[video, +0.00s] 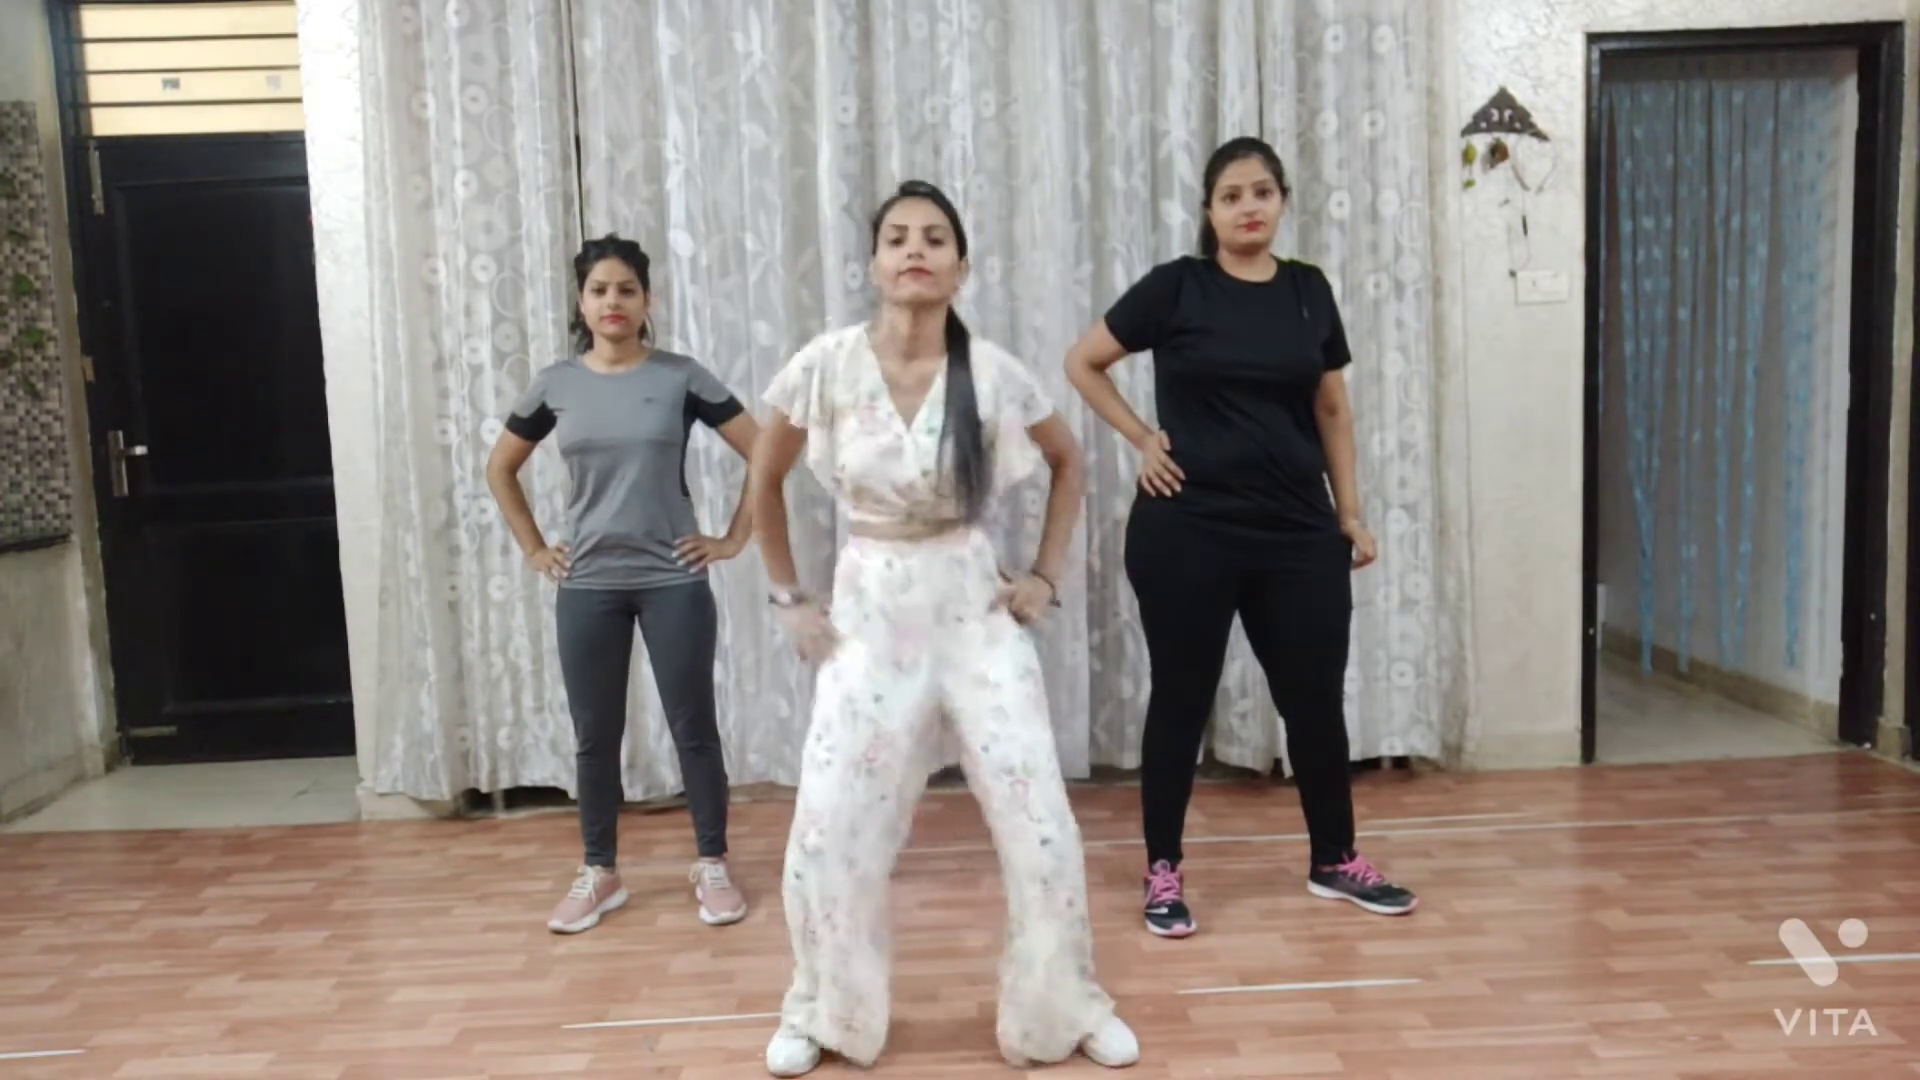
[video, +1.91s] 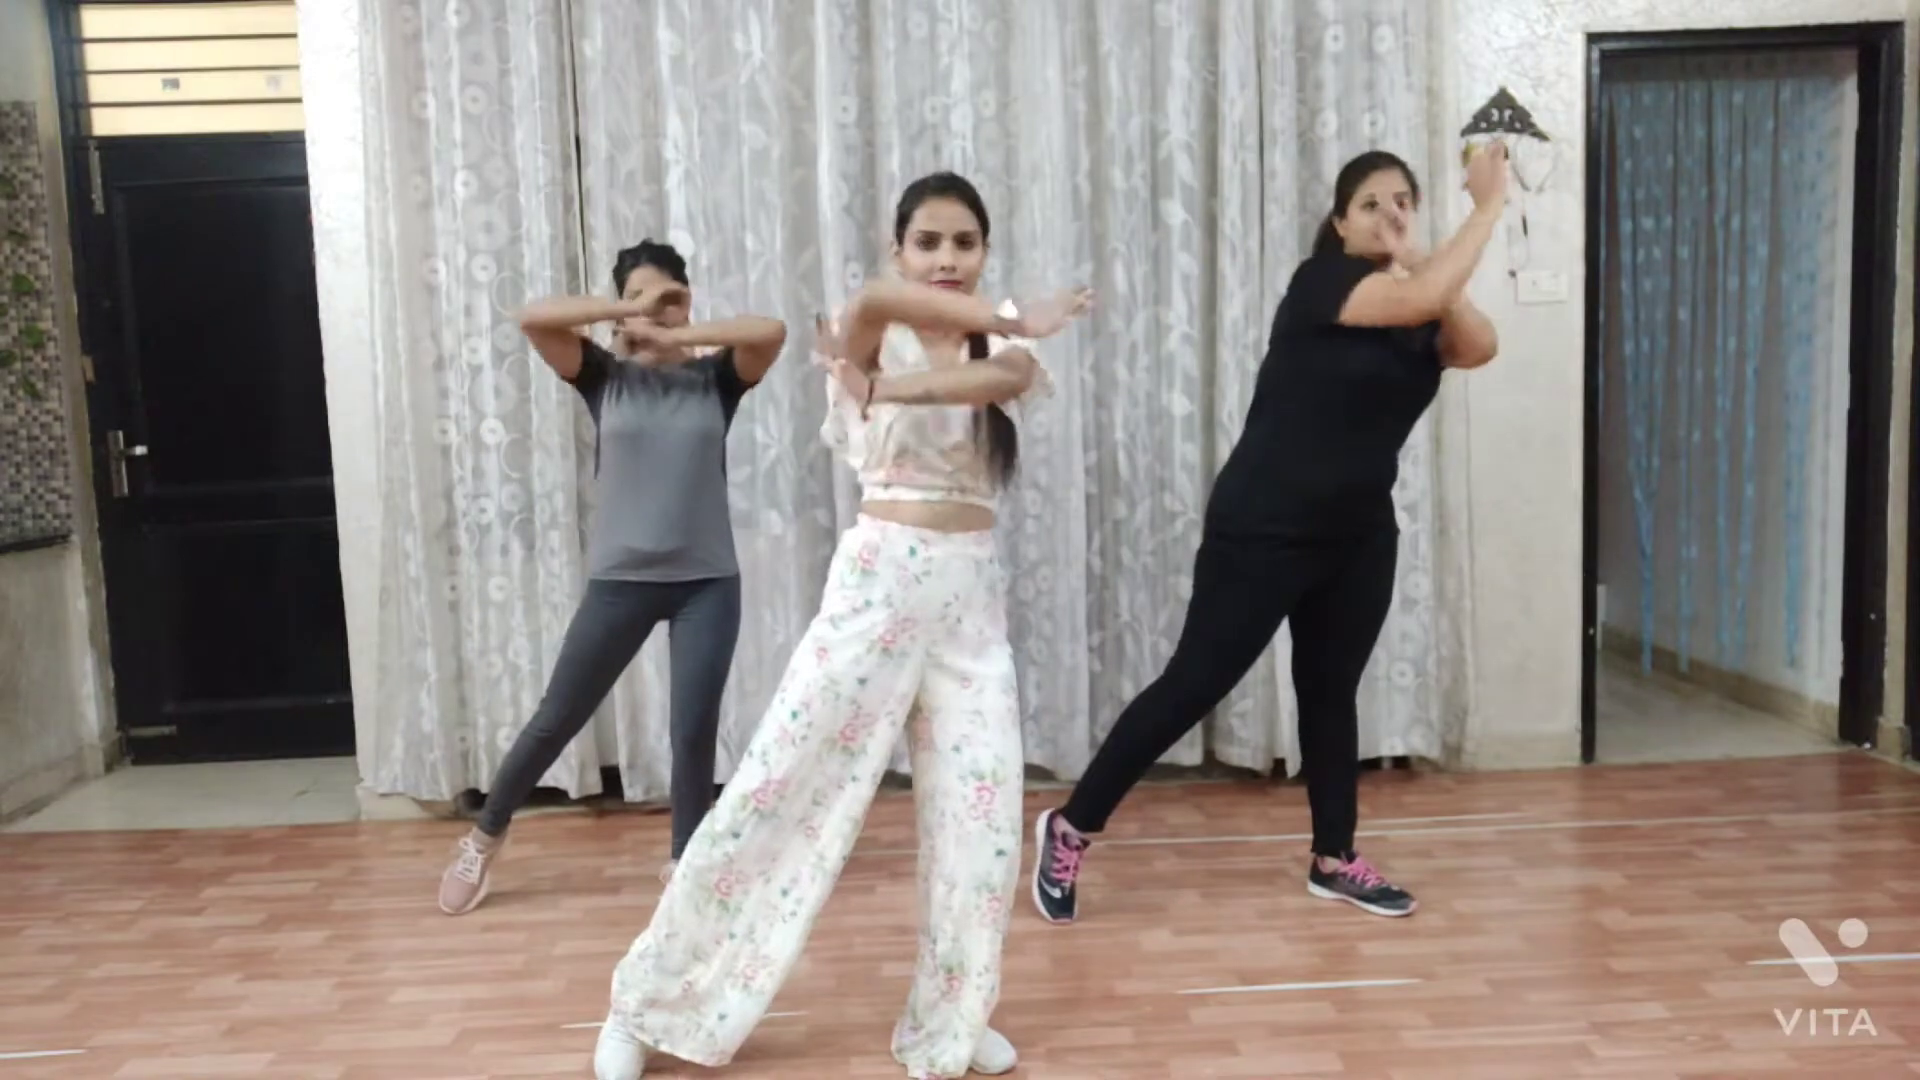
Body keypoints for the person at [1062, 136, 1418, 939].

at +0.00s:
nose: (1249, 207)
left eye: (1262, 193)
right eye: (1233, 195)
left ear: (1283, 203)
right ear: (1209, 208)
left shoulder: (1308, 290)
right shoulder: (1175, 288)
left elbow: (1334, 409)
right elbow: (1082, 363)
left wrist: (1349, 513)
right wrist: (1142, 438)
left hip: (1296, 529)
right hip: (1188, 527)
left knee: (1317, 699)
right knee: (1180, 700)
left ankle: (1336, 861)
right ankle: (1163, 871)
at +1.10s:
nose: (1343, 190)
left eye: (1357, 180)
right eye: (1327, 181)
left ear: (1379, 204)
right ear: (1303, 206)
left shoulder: (1394, 298)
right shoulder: (1269, 283)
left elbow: (1420, 402)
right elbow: (1159, 358)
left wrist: (1450, 488)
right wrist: (1131, 462)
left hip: (1357, 527)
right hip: (1252, 522)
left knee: (1340, 695)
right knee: (1190, 689)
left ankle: (1334, 859)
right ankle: (1078, 834)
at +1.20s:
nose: (1361, 200)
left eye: (1374, 190)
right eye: (1344, 191)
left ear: (1392, 212)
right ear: (1317, 213)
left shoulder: (1405, 307)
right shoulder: (1284, 278)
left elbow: (1485, 375)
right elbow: (1176, 314)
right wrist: (1152, 404)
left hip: (1358, 528)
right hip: (1256, 520)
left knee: (1336, 692)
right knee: (1195, 689)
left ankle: (1335, 856)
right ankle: (1079, 836)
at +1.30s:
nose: (1370, 204)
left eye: (1383, 194)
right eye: (1353, 194)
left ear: (1397, 215)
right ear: (1323, 214)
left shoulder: (1412, 306)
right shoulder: (1292, 270)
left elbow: (1511, 335)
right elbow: (1229, 278)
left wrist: (1611, 349)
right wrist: (1241, 331)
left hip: (1357, 527)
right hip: (1260, 517)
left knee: (1335, 691)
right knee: (1195, 687)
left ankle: (1335, 856)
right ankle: (1077, 831)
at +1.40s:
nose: (1374, 209)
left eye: (1386, 198)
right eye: (1357, 198)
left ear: (1399, 215)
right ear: (1325, 216)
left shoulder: (1414, 301)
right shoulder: (1296, 269)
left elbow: (1521, 309)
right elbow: (1270, 255)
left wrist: (1617, 296)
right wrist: (1337, 282)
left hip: (1356, 530)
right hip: (1257, 520)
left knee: (1333, 694)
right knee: (1195, 684)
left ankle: (1335, 857)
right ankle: (1075, 831)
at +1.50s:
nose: (1379, 209)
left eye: (1393, 200)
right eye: (1363, 199)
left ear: (1413, 217)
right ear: (1333, 221)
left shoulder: (1417, 306)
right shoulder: (1311, 282)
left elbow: (1519, 299)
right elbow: (1349, 243)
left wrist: (1522, 224)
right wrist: (1467, 204)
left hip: (1356, 532)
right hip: (1259, 522)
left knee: (1330, 695)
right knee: (1188, 685)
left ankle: (1334, 857)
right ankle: (1069, 831)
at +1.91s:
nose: (1393, 215)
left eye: (1405, 203)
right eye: (1374, 204)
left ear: (1417, 220)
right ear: (1341, 221)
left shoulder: (1418, 313)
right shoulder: (1323, 282)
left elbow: (1481, 347)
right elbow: (1425, 298)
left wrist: (1426, 273)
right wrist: (1490, 206)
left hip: (1355, 529)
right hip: (1263, 521)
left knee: (1332, 693)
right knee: (1193, 686)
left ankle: (1334, 858)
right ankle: (1070, 830)